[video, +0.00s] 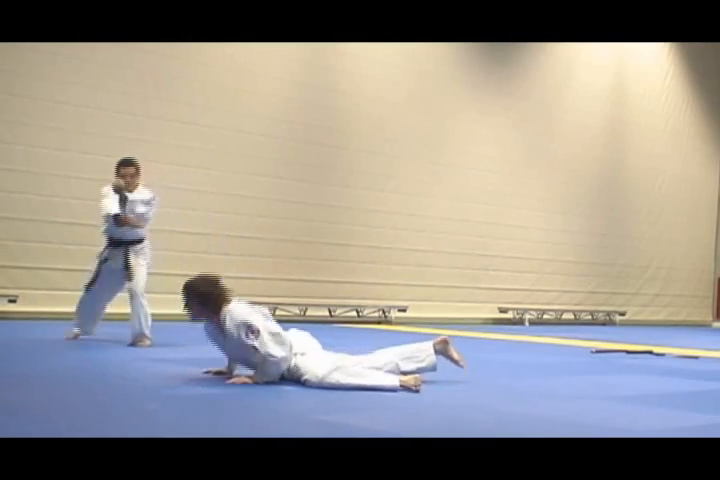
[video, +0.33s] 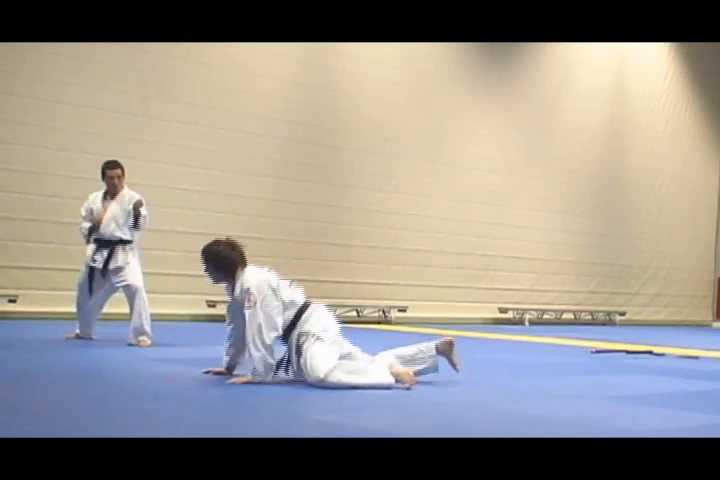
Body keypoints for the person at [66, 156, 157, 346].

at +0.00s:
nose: (128, 180)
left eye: (132, 176)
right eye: (124, 176)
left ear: (139, 176)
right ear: (117, 177)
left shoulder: (147, 196)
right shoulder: (110, 192)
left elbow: (143, 221)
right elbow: (113, 217)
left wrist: (123, 196)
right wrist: (133, 222)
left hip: (137, 249)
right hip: (114, 249)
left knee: (136, 290)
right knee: (96, 290)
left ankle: (142, 335)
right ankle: (83, 327)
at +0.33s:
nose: (115, 182)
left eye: (118, 177)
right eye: (111, 178)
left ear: (124, 177)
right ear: (103, 179)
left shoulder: (132, 199)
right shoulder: (94, 199)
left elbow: (138, 226)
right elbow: (84, 225)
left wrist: (137, 214)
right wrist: (93, 227)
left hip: (124, 250)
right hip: (99, 250)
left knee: (136, 288)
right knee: (85, 289)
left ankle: (141, 334)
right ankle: (85, 331)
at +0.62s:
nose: (115, 181)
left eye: (118, 176)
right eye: (110, 177)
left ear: (123, 176)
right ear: (103, 179)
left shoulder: (131, 199)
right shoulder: (94, 200)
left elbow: (137, 226)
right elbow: (82, 226)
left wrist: (140, 213)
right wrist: (91, 228)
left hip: (122, 250)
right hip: (98, 250)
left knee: (135, 287)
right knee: (85, 290)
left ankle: (141, 334)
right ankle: (84, 331)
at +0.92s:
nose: (115, 180)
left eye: (118, 176)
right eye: (111, 176)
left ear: (123, 176)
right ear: (103, 178)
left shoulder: (131, 199)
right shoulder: (92, 199)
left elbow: (140, 226)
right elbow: (79, 226)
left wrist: (143, 212)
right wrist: (92, 226)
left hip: (122, 249)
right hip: (97, 250)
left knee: (134, 287)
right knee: (85, 290)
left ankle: (141, 334)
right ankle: (84, 330)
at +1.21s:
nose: (115, 180)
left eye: (118, 175)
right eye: (111, 176)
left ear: (123, 176)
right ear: (103, 178)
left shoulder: (131, 198)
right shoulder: (91, 198)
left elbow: (141, 224)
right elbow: (79, 226)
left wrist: (145, 209)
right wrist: (91, 224)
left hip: (122, 248)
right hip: (97, 248)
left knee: (134, 287)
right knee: (85, 290)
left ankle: (142, 334)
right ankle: (84, 330)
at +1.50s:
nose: (116, 180)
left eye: (119, 176)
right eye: (112, 176)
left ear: (123, 176)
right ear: (103, 178)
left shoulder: (131, 197)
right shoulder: (91, 197)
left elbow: (142, 222)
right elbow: (79, 226)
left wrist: (146, 206)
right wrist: (91, 222)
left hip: (122, 248)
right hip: (98, 247)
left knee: (134, 286)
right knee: (85, 289)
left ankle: (141, 334)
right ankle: (84, 330)